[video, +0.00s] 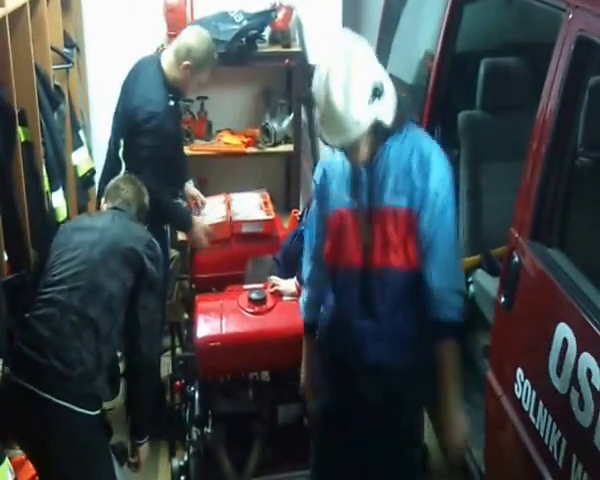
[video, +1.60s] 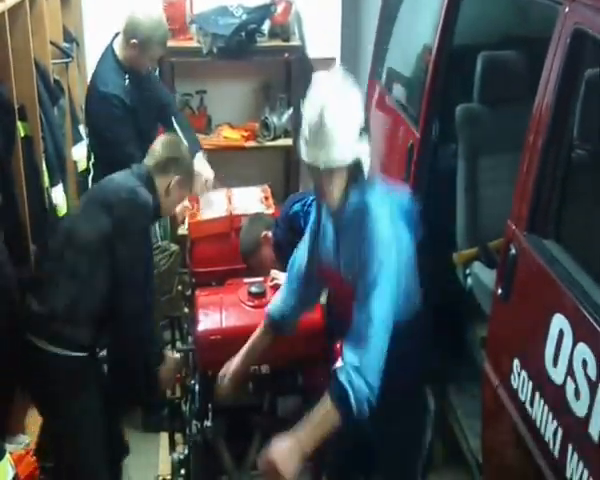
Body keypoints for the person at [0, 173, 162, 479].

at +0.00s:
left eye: (103, 201)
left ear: (104, 203)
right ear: (142, 212)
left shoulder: (68, 228)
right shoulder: (145, 245)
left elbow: (38, 296)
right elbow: (144, 347)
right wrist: (140, 434)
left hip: (18, 385)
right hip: (72, 404)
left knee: (53, 472)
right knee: (96, 472)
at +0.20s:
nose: (152, 213)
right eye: (154, 206)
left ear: (111, 191)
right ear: (151, 204)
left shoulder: (71, 219)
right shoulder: (144, 241)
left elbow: (32, 285)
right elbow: (142, 342)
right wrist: (137, 427)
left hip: (20, 378)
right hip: (71, 395)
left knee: (53, 472)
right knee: (98, 472)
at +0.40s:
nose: (169, 193)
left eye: (170, 183)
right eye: (169, 182)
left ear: (123, 167)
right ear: (155, 176)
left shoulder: (74, 208)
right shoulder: (135, 226)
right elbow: (135, 333)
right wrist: (133, 417)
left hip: (23, 367)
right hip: (66, 381)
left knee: (58, 470)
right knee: (94, 472)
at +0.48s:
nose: (168, 190)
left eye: (171, 179)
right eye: (169, 178)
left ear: (122, 163)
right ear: (154, 171)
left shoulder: (82, 201)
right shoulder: (132, 221)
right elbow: (135, 328)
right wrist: (133, 413)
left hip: (26, 363)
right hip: (63, 376)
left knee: (60, 470)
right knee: (94, 472)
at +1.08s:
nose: (174, 225)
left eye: (181, 218)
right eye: (178, 216)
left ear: (159, 194)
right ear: (161, 198)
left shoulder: (117, 207)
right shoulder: (94, 229)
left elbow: (123, 302)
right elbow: (84, 347)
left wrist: (141, 360)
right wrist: (108, 438)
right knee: (79, 471)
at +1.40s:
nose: (189, 213)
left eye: (193, 204)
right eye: (191, 203)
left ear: (171, 189)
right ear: (173, 193)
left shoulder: (130, 201)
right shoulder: (113, 215)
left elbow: (128, 309)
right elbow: (101, 317)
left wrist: (156, 364)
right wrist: (113, 406)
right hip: (60, 370)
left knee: (113, 463)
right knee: (82, 466)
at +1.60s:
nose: (180, 209)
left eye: (186, 201)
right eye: (184, 198)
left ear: (160, 174)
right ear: (172, 184)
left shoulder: (121, 186)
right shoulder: (134, 201)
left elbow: (133, 293)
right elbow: (134, 299)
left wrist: (152, 356)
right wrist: (150, 369)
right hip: (65, 353)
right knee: (99, 456)